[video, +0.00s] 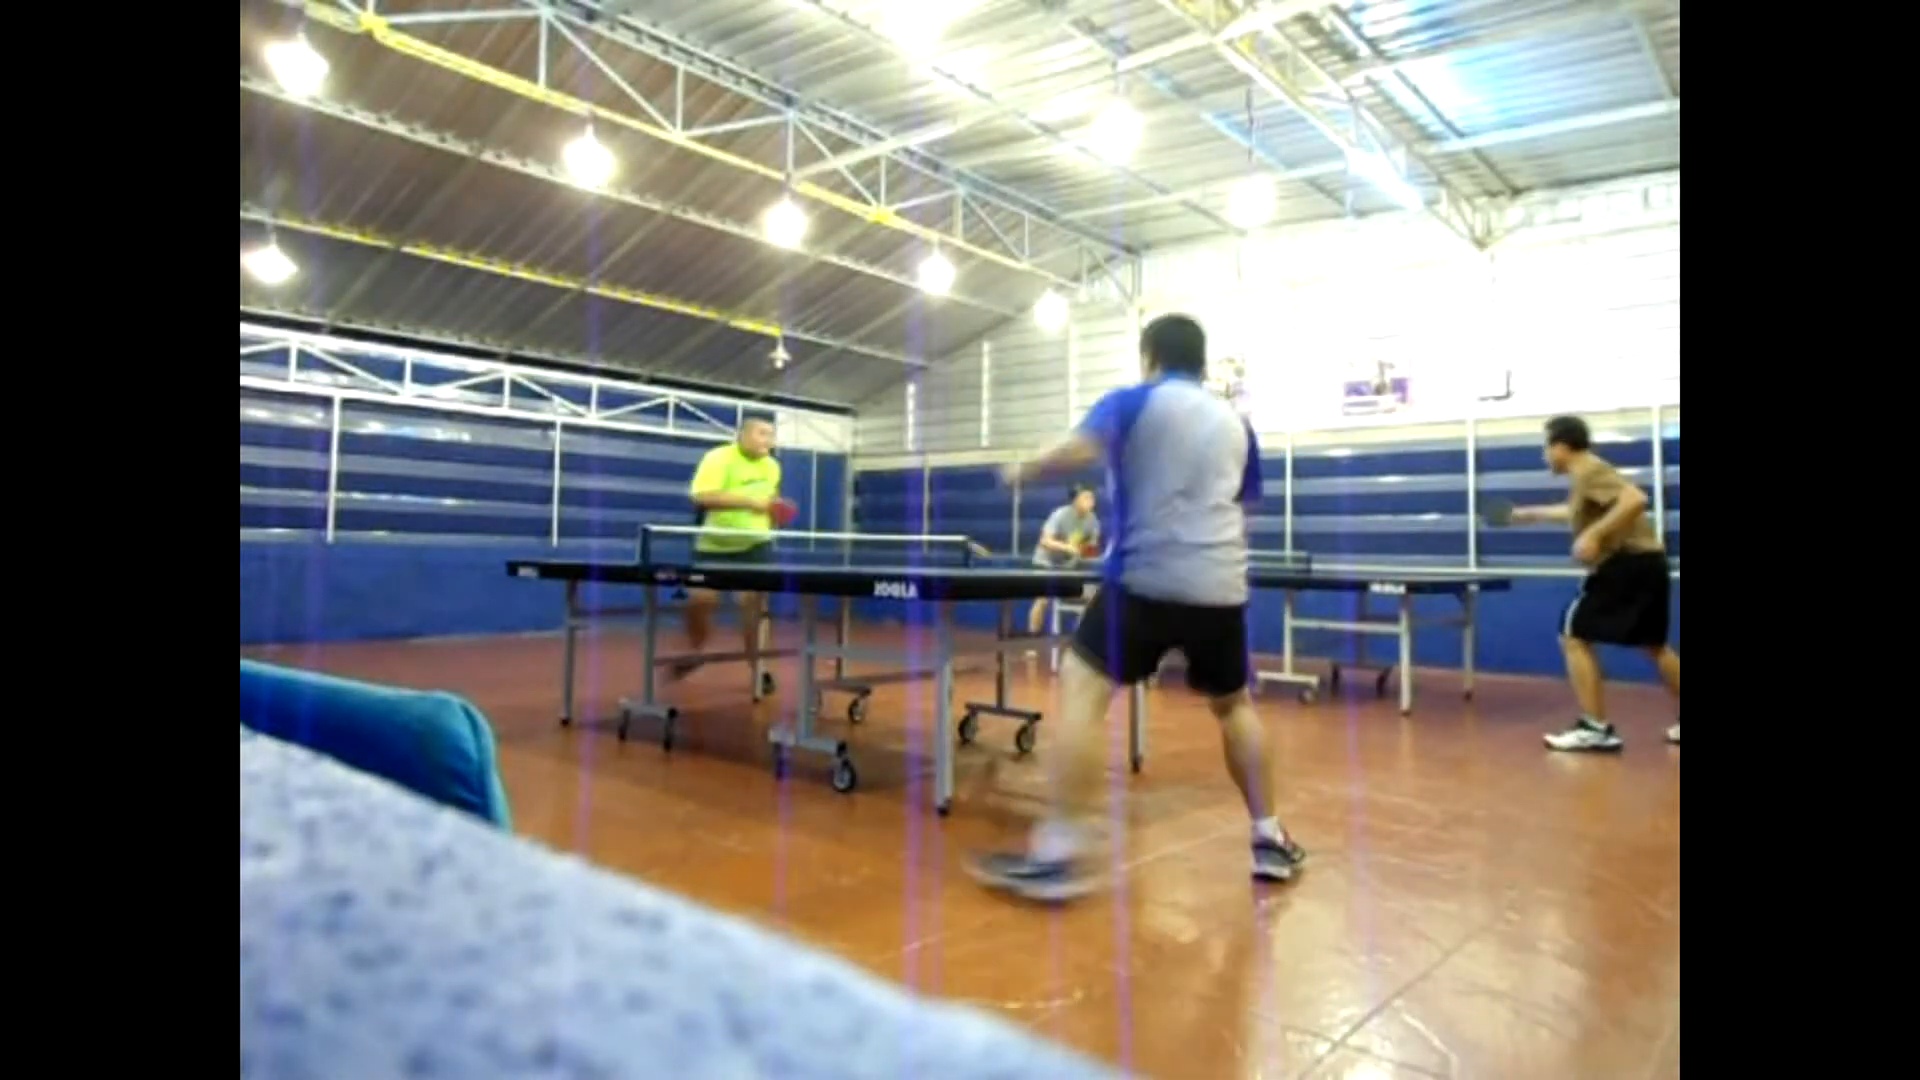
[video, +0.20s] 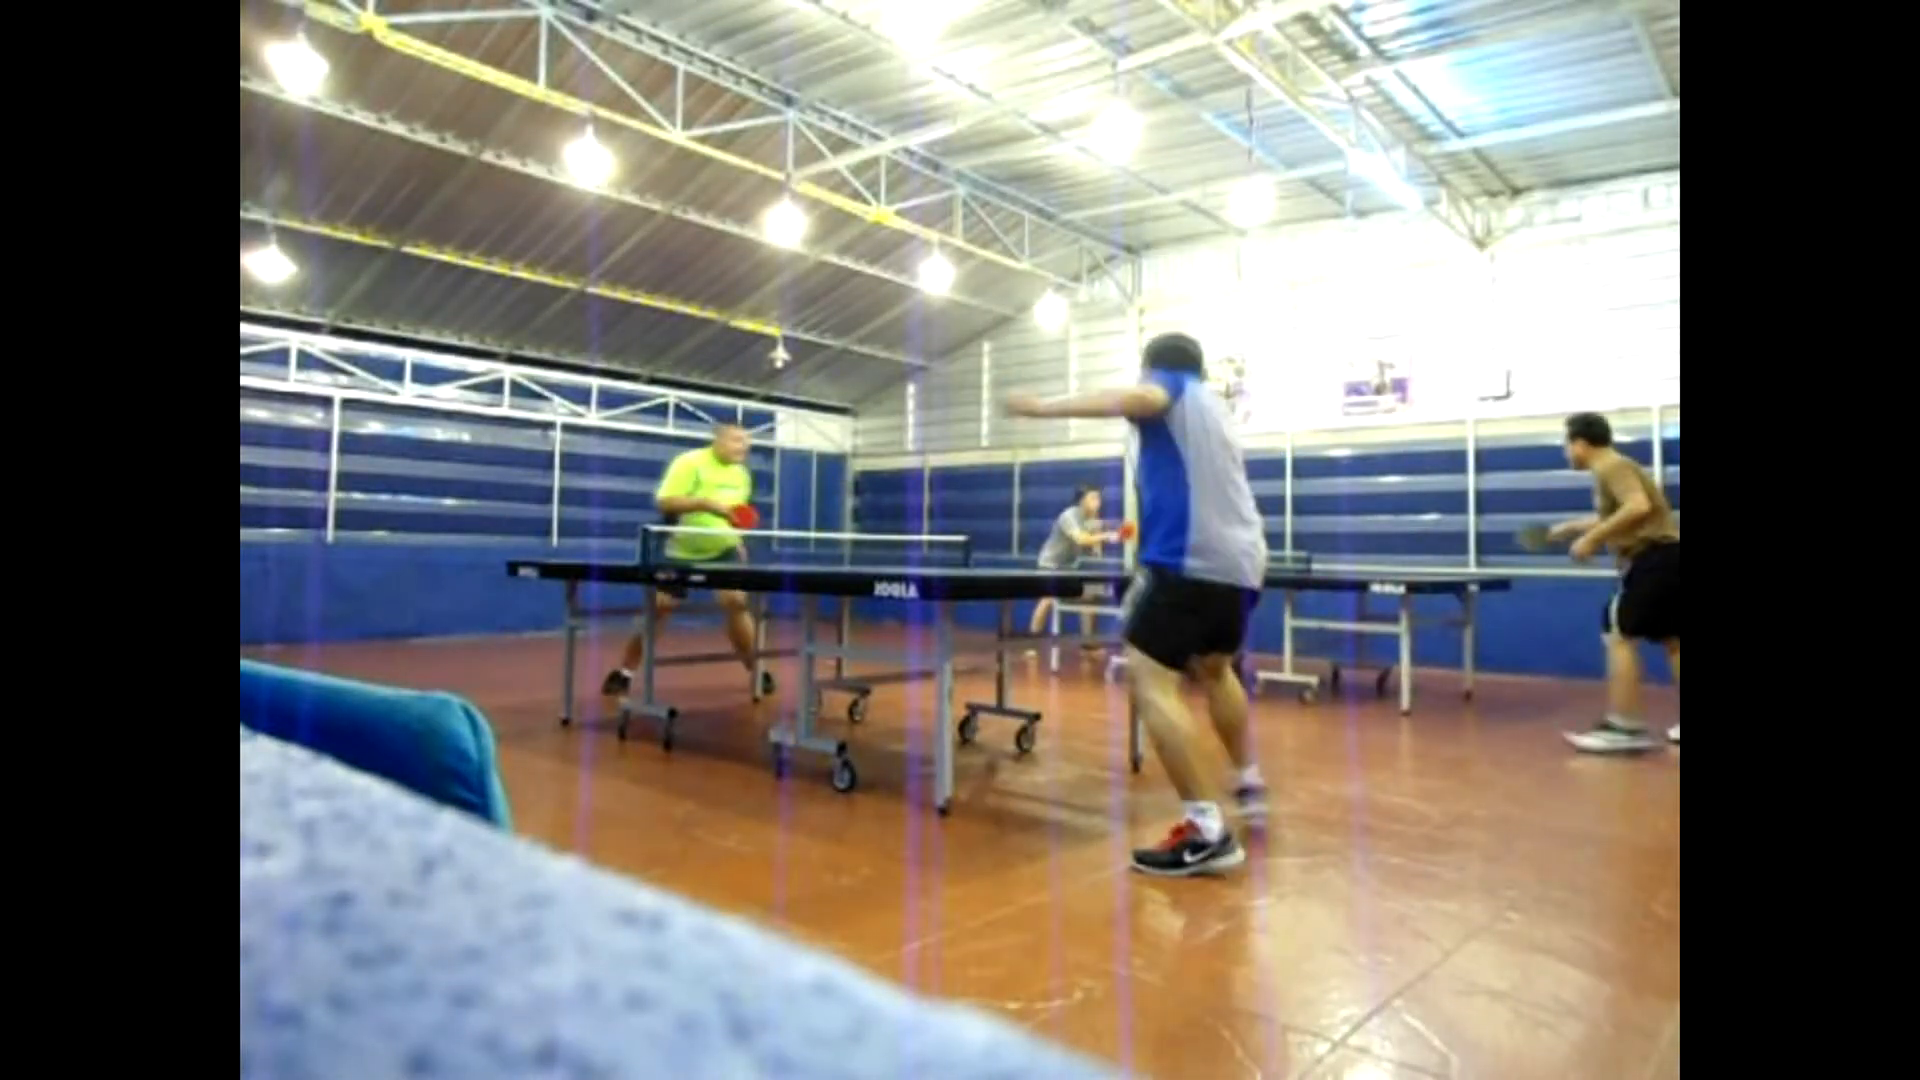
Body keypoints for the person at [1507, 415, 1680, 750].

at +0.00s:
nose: (1547, 455)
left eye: (1549, 447)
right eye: (1547, 447)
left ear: (1564, 446)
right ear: (1575, 445)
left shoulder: (1589, 470)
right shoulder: (1586, 474)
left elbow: (1633, 498)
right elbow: (1577, 511)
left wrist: (1595, 534)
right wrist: (1533, 514)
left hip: (1624, 563)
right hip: (1649, 562)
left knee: (1574, 638)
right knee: (1655, 645)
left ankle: (1595, 725)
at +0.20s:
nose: (1568, 451)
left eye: (1570, 443)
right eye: (1568, 443)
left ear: (1584, 443)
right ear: (1597, 441)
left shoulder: (1612, 467)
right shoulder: (1609, 470)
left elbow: (1639, 506)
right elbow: (1617, 519)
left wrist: (1593, 537)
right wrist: (1572, 527)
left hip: (1656, 557)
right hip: (1660, 555)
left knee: (1620, 635)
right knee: (1672, 640)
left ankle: (1626, 723)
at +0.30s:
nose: (1575, 458)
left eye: (1577, 450)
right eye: (1575, 450)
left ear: (1591, 449)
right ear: (1608, 445)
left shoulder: (1616, 472)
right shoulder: (1636, 471)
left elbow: (1626, 521)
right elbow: (1634, 524)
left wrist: (1588, 540)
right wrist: (1592, 533)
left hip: (1659, 557)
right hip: (1671, 553)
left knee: (1636, 641)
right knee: (1671, 642)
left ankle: (1654, 728)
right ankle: (1666, 726)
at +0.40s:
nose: (1583, 468)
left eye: (1583, 460)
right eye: (1582, 460)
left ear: (1596, 457)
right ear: (1614, 453)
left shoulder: (1622, 480)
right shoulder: (1640, 476)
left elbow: (1615, 535)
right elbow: (1627, 533)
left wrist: (1584, 544)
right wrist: (1590, 543)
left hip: (1665, 571)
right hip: (1667, 570)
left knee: (1640, 642)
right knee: (1646, 643)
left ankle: (1654, 729)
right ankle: (1658, 728)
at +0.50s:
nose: (1589, 477)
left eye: (1589, 468)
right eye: (1587, 470)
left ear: (1604, 464)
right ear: (1613, 462)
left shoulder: (1629, 488)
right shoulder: (1639, 482)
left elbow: (1627, 546)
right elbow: (1643, 539)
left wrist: (1586, 548)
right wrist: (1612, 557)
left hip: (1675, 573)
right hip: (1671, 572)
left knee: (1661, 642)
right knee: (1663, 643)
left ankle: (1657, 728)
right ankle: (1660, 727)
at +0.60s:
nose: (1592, 485)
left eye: (1593, 476)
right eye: (1590, 477)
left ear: (1608, 469)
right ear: (1613, 468)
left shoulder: (1640, 495)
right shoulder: (1643, 489)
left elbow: (1639, 557)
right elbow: (1641, 556)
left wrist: (1605, 581)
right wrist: (1608, 579)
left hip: (1679, 577)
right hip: (1677, 576)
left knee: (1665, 635)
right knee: (1662, 633)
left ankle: (1673, 717)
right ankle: (1672, 715)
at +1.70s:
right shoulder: (1664, 492)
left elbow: (1624, 546)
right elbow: (1623, 546)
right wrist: (1620, 611)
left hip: (1669, 575)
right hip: (1666, 573)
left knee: (1668, 647)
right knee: (1664, 646)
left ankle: (1663, 730)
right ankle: (1659, 730)